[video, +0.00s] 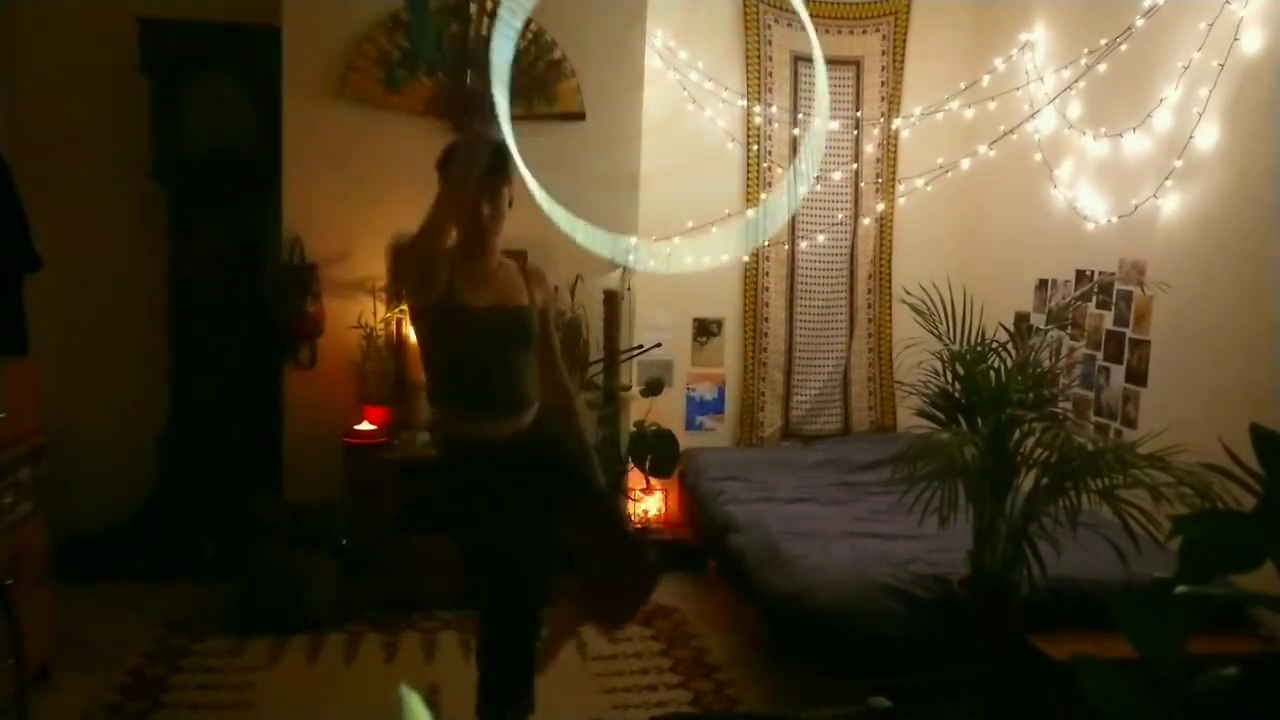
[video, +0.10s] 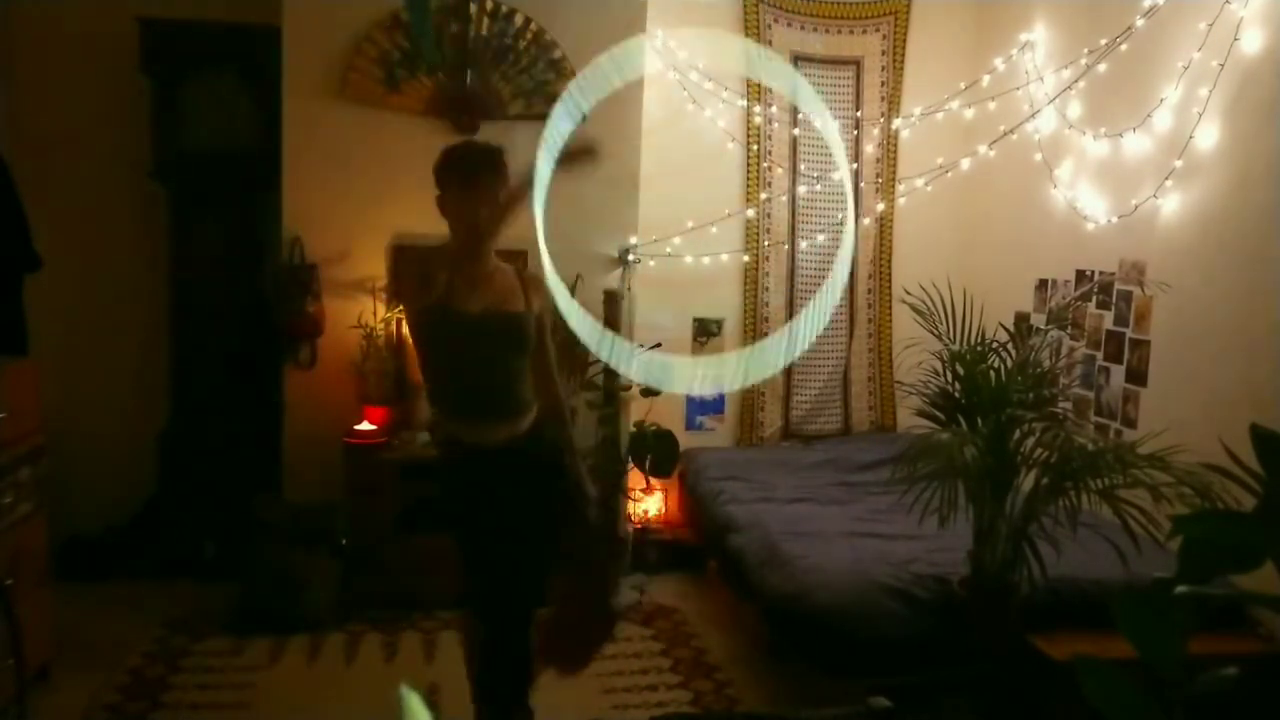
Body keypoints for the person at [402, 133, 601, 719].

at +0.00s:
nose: (487, 210)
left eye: (498, 196)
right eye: (476, 194)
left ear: (511, 202)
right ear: (452, 195)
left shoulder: (527, 274)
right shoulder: (427, 270)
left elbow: (555, 375)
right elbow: (417, 283)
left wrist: (585, 460)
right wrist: (447, 193)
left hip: (531, 452)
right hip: (467, 456)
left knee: (525, 596)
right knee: (497, 599)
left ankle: (510, 706)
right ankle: (503, 707)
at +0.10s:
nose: (484, 211)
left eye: (493, 197)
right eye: (470, 197)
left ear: (508, 201)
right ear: (443, 203)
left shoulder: (523, 285)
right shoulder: (421, 279)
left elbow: (549, 389)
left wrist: (577, 479)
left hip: (527, 457)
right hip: (463, 461)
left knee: (520, 603)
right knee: (487, 601)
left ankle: (512, 705)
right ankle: (495, 708)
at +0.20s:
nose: (479, 215)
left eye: (488, 201)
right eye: (465, 202)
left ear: (502, 205)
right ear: (441, 206)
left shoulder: (530, 283)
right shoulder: (425, 289)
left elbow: (561, 363)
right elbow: (463, 340)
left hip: (525, 457)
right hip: (460, 461)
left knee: (523, 606)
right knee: (483, 602)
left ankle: (507, 707)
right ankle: (488, 707)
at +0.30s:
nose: (483, 211)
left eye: (491, 198)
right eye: (468, 200)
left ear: (508, 205)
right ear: (447, 214)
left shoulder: (545, 287)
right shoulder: (433, 286)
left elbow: (552, 380)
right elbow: (456, 373)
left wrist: (549, 458)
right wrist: (510, 442)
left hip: (525, 461)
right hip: (455, 458)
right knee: (455, 595)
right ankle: (449, 699)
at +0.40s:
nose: (487, 211)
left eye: (495, 198)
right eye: (472, 202)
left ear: (513, 210)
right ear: (452, 219)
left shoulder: (543, 298)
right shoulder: (442, 296)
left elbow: (547, 393)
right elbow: (444, 415)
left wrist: (544, 459)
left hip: (517, 468)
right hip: (457, 467)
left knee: (492, 606)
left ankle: (470, 702)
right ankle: (379, 691)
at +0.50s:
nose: (488, 217)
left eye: (497, 205)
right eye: (473, 207)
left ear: (512, 219)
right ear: (449, 222)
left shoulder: (530, 303)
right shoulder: (433, 301)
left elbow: (529, 392)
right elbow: (408, 400)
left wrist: (530, 451)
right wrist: (370, 445)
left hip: (501, 471)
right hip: (440, 467)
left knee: (491, 604)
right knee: (427, 599)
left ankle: (477, 708)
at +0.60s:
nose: (470, 232)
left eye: (480, 219)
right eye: (457, 219)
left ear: (494, 229)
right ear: (436, 229)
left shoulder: (504, 311)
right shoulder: (410, 313)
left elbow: (519, 394)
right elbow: (356, 377)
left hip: (483, 479)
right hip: (414, 476)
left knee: (488, 619)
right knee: (358, 590)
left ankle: (482, 712)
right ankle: (267, 668)